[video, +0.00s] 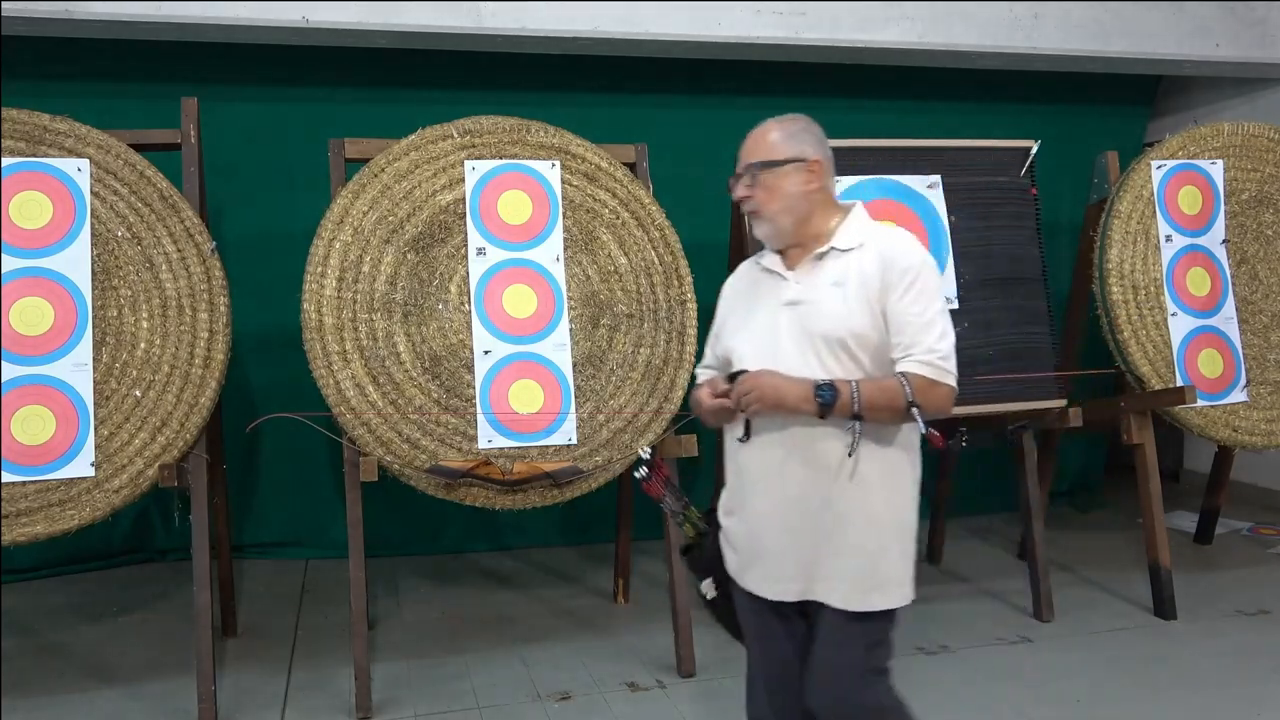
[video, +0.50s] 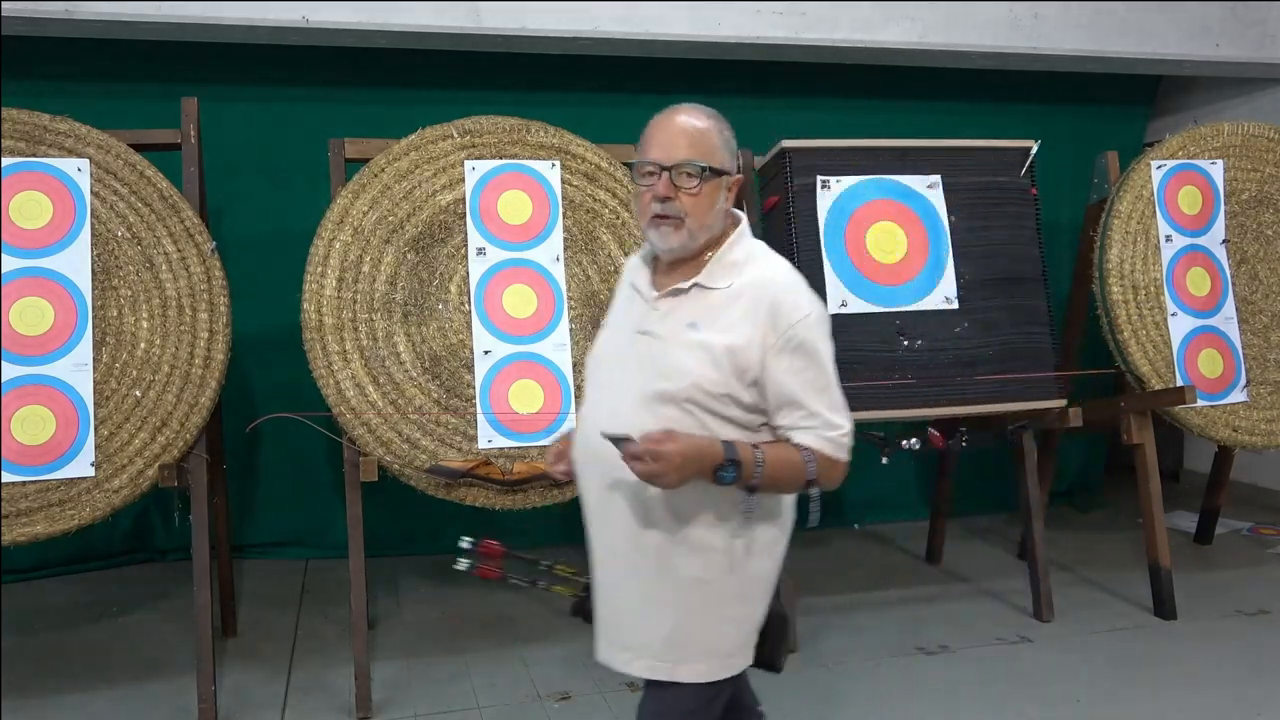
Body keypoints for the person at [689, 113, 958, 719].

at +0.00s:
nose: (738, 192)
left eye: (755, 175)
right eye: (738, 178)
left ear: (813, 174)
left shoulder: (893, 256)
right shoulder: (741, 284)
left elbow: (935, 388)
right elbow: (711, 396)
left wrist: (806, 394)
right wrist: (709, 401)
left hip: (861, 552)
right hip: (759, 552)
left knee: (842, 697)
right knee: (772, 705)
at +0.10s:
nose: (713, 194)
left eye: (728, 177)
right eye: (714, 179)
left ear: (784, 175)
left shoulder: (873, 260)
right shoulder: (724, 282)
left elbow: (914, 399)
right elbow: (713, 388)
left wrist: (790, 405)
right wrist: (687, 404)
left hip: (826, 566)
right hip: (734, 562)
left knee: (796, 706)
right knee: (759, 705)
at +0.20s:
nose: (692, 190)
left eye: (710, 171)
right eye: (692, 175)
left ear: (769, 174)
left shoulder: (850, 265)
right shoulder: (715, 274)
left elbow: (894, 409)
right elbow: (716, 373)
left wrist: (776, 424)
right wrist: (668, 404)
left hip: (793, 575)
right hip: (713, 566)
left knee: (756, 710)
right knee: (758, 703)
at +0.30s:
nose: (682, 183)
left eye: (704, 167)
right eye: (677, 171)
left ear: (759, 178)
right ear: (673, 184)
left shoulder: (825, 270)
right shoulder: (698, 270)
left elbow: (879, 418)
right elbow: (694, 374)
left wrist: (764, 439)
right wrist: (640, 420)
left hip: (767, 588)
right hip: (701, 577)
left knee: (725, 710)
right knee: (768, 707)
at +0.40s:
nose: (675, 189)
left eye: (701, 172)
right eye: (663, 173)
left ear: (746, 184)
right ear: (653, 185)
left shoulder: (800, 283)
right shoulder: (666, 274)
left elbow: (862, 434)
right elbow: (679, 388)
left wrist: (745, 456)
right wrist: (619, 437)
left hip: (736, 601)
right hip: (675, 586)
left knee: (688, 709)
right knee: (751, 705)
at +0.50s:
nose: (662, 192)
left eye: (688, 175)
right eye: (649, 175)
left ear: (732, 188)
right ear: (634, 184)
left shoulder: (778, 297)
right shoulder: (640, 272)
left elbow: (827, 459)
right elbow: (660, 395)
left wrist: (715, 459)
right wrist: (587, 444)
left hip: (707, 609)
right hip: (640, 591)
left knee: (669, 710)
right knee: (723, 705)